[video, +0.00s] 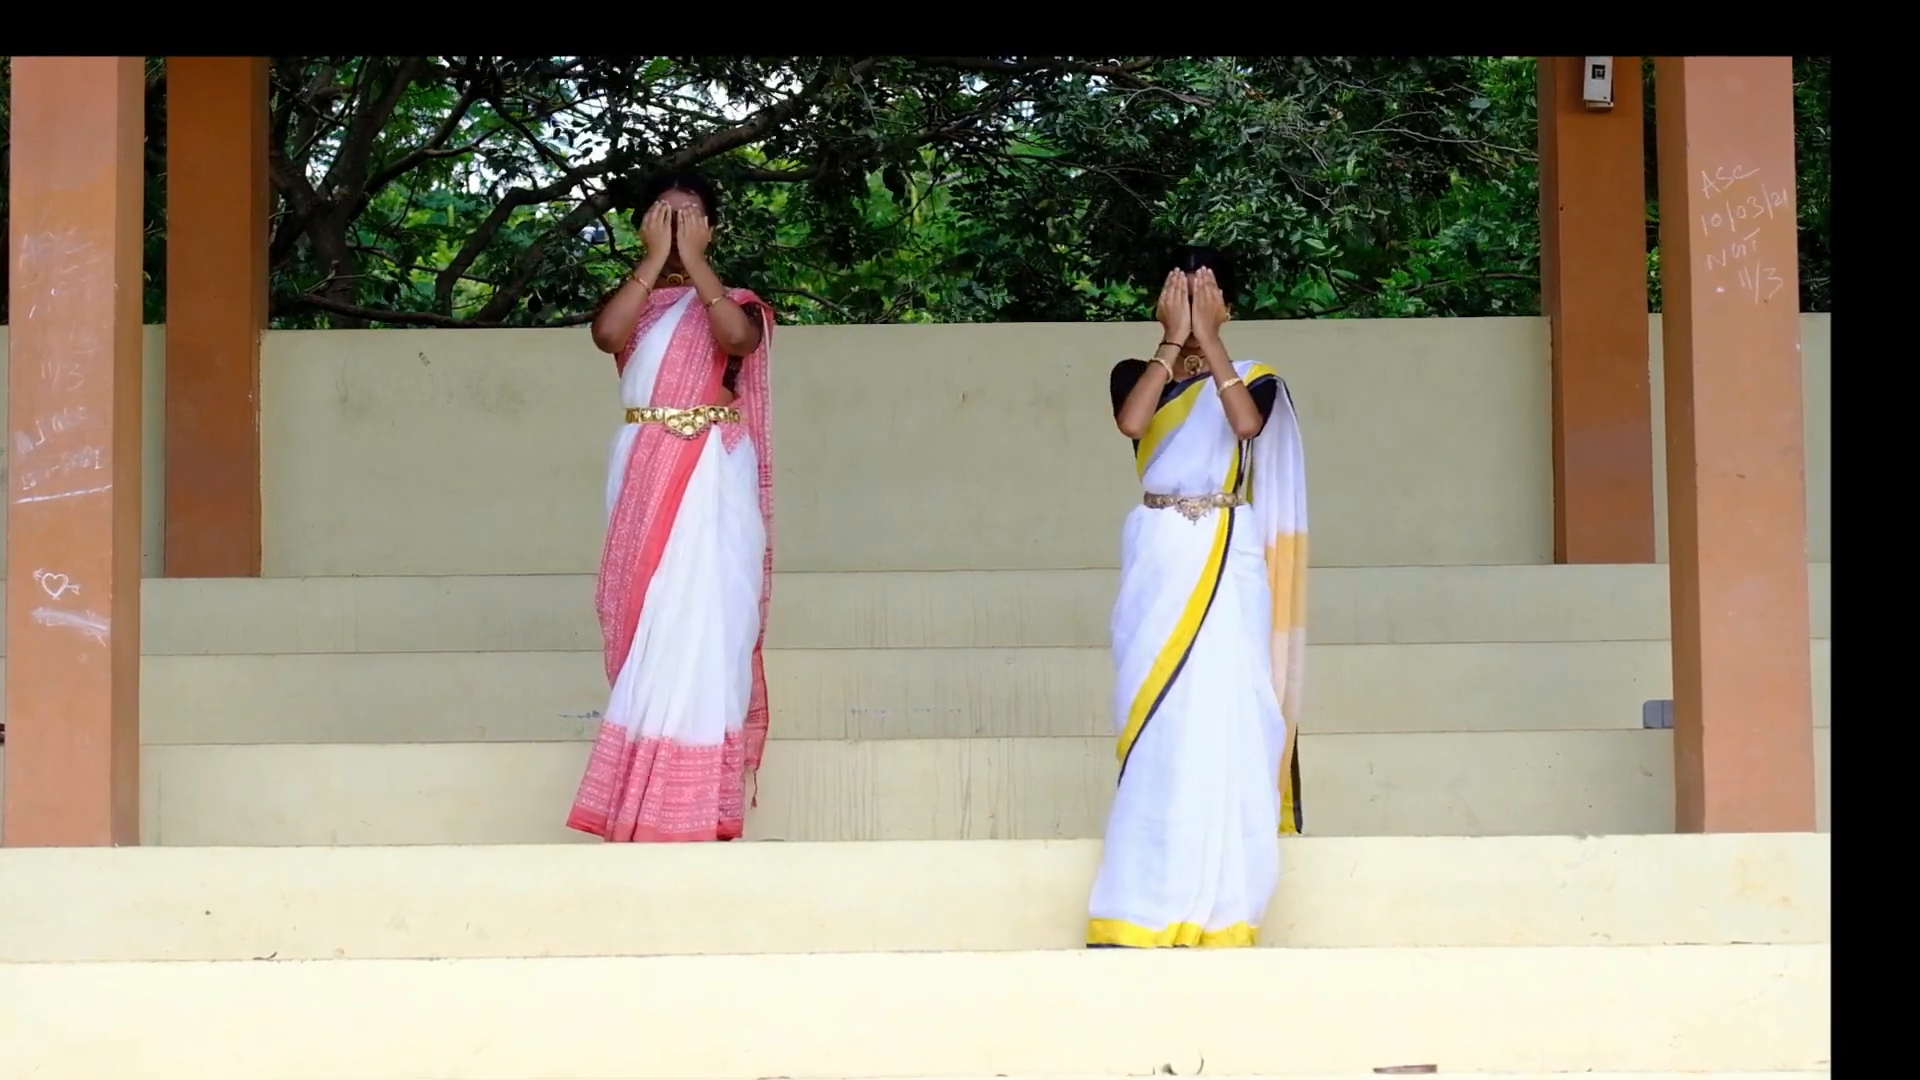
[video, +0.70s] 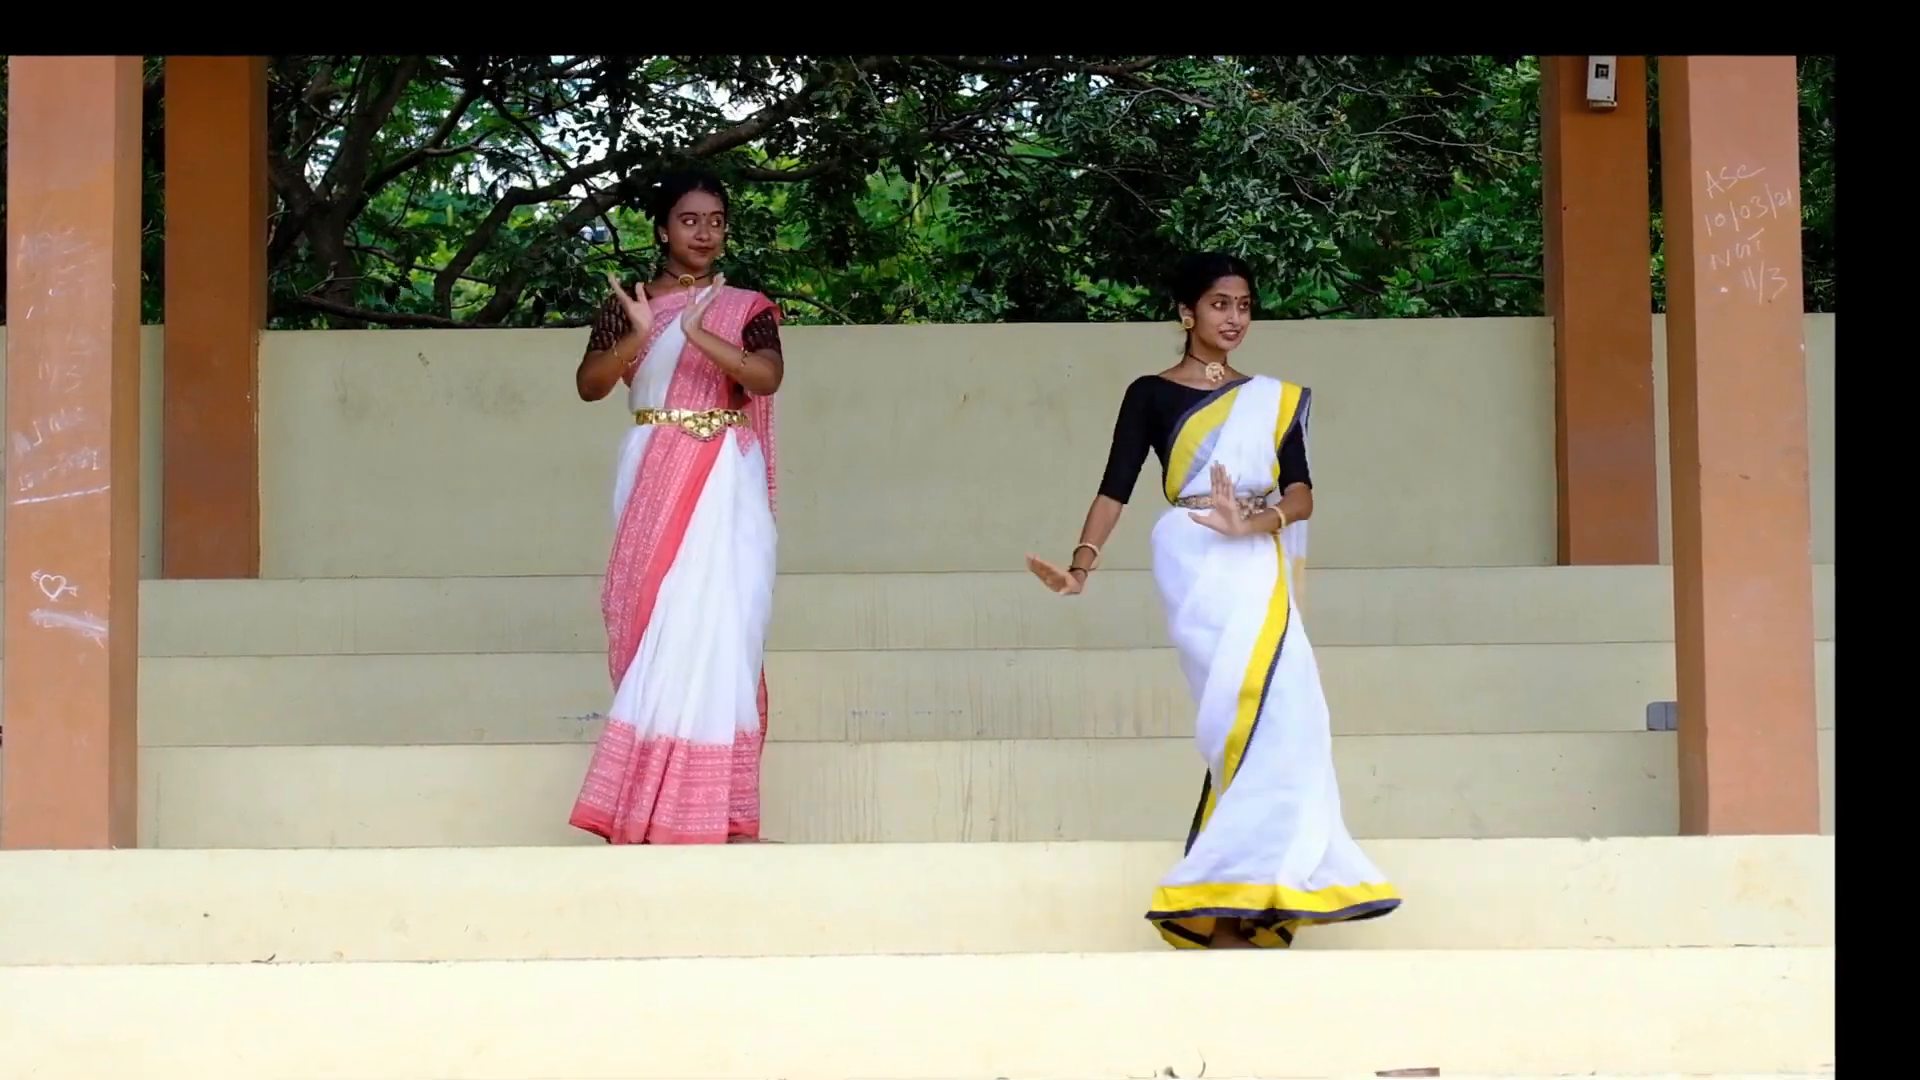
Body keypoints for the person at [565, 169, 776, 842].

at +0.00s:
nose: (675, 226)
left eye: (690, 215)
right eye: (665, 214)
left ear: (712, 227)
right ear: (647, 228)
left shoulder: (738, 301)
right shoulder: (635, 301)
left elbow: (740, 339)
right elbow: (608, 334)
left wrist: (694, 261)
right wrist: (654, 258)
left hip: (712, 477)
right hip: (644, 477)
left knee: (700, 629)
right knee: (648, 628)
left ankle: (690, 806)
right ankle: (642, 800)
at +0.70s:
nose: (704, 231)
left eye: (714, 220)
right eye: (690, 219)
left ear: (727, 229)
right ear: (664, 227)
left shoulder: (747, 307)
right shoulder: (631, 304)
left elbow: (766, 377)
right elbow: (590, 385)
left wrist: (702, 337)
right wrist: (636, 337)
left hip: (727, 482)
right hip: (655, 481)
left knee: (717, 629)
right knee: (658, 628)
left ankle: (703, 809)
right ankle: (652, 804)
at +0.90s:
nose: (734, 239)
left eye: (739, 227)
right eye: (719, 227)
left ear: (744, 236)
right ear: (684, 236)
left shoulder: (759, 316)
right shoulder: (639, 315)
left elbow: (771, 401)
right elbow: (610, 401)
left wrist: (703, 433)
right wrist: (580, 478)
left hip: (737, 494)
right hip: (663, 494)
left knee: (728, 632)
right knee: (679, 636)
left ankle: (715, 808)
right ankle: (684, 801)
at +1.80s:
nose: (709, 236)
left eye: (723, 223)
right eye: (701, 225)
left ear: (760, 229)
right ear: (696, 235)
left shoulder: (801, 309)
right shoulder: (689, 306)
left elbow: (889, 356)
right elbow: (662, 383)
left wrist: (980, 380)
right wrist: (743, 381)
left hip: (772, 484)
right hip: (697, 477)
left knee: (748, 636)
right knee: (642, 606)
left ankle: (721, 805)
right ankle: (551, 747)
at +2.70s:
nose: (673, 265)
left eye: (681, 251)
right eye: (669, 253)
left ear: (723, 246)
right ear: (692, 252)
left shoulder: (791, 306)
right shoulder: (689, 339)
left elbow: (865, 349)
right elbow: (609, 405)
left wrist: (785, 373)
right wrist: (512, 440)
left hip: (786, 489)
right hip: (713, 483)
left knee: (732, 630)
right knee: (632, 499)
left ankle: (712, 804)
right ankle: (639, 655)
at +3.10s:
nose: (675, 267)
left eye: (682, 253)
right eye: (671, 255)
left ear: (725, 248)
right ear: (698, 254)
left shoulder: (792, 308)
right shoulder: (692, 341)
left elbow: (863, 349)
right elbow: (611, 402)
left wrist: (784, 375)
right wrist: (513, 431)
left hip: (787, 488)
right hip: (716, 482)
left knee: (732, 639)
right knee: (642, 501)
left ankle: (715, 821)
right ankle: (656, 666)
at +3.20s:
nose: (676, 267)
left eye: (682, 252)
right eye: (671, 255)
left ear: (725, 247)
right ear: (708, 255)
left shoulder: (793, 310)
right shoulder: (689, 342)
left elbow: (872, 351)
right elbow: (606, 407)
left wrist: (789, 381)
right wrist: (512, 438)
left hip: (785, 493)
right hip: (714, 489)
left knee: (738, 653)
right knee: (649, 510)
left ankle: (719, 826)